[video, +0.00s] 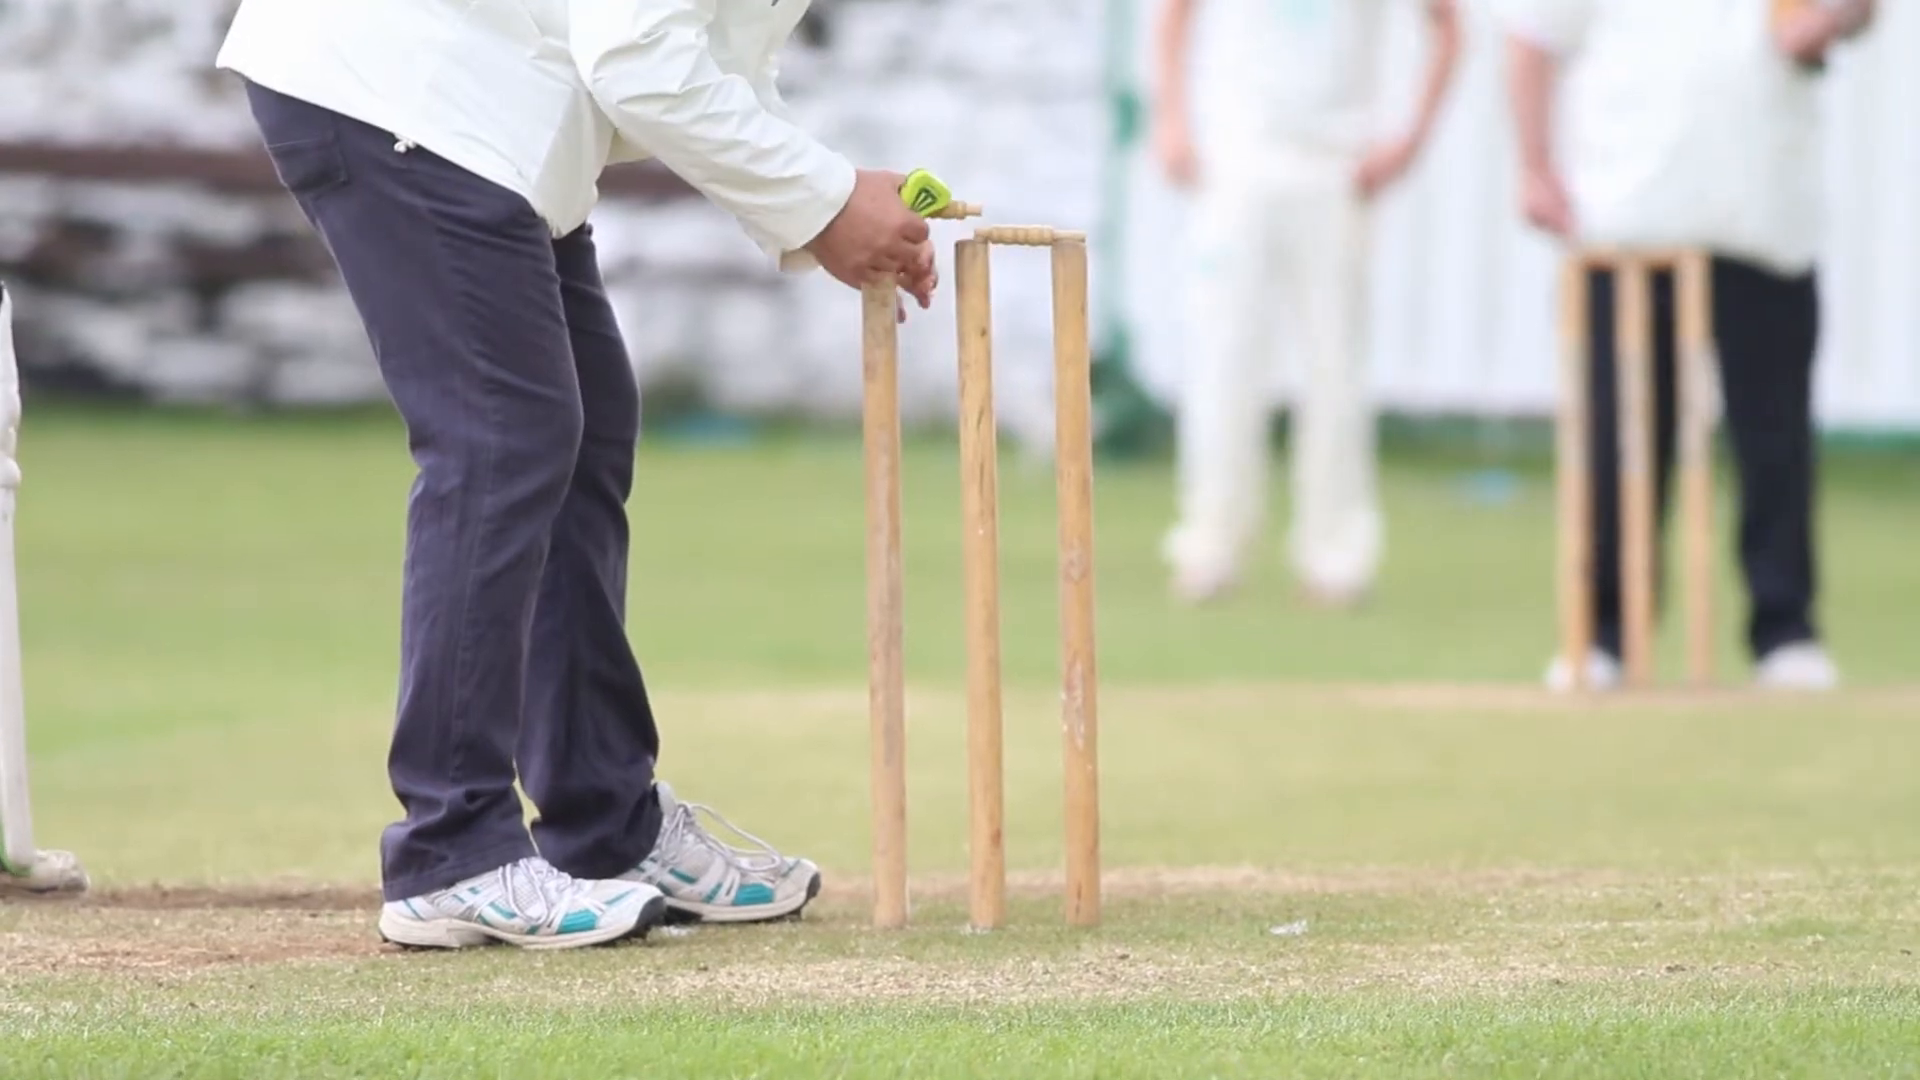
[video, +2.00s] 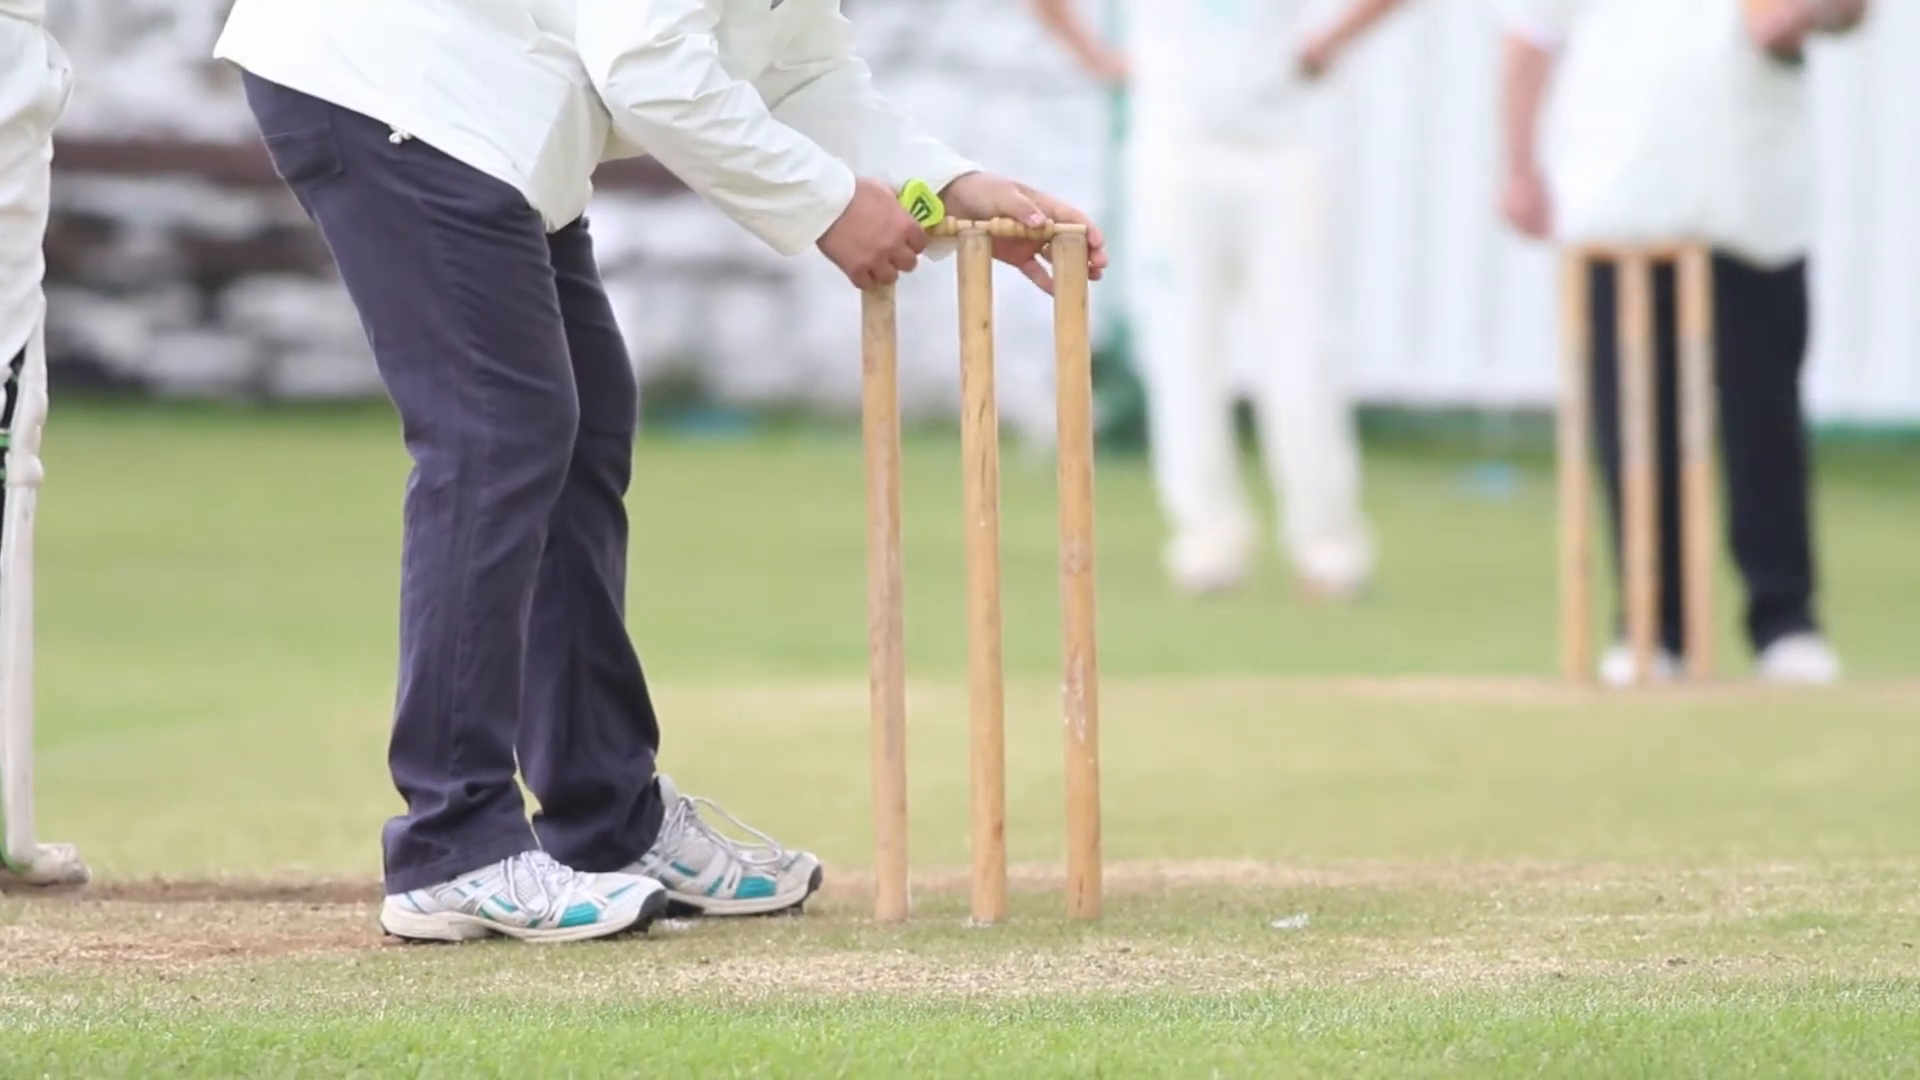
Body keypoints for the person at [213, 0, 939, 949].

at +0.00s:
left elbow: (698, 62)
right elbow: (633, 50)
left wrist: (831, 212)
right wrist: (826, 197)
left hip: (487, 83)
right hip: (385, 63)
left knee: (589, 422)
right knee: (507, 432)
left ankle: (605, 830)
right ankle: (450, 861)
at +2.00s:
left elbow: (809, 84)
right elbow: (646, 65)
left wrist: (959, 186)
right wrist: (826, 202)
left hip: (491, 82)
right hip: (377, 54)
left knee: (586, 414)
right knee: (505, 423)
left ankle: (606, 822)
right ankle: (451, 855)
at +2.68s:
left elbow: (813, 65)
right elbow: (642, 59)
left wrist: (951, 186)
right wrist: (827, 197)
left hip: (493, 80)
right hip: (384, 56)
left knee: (589, 417)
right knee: (506, 423)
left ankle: (607, 819)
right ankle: (452, 851)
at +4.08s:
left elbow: (806, 74)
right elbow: (647, 50)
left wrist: (959, 192)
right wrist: (841, 184)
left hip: (487, 74)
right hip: (376, 51)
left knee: (598, 405)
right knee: (511, 416)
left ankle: (607, 815)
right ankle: (454, 846)